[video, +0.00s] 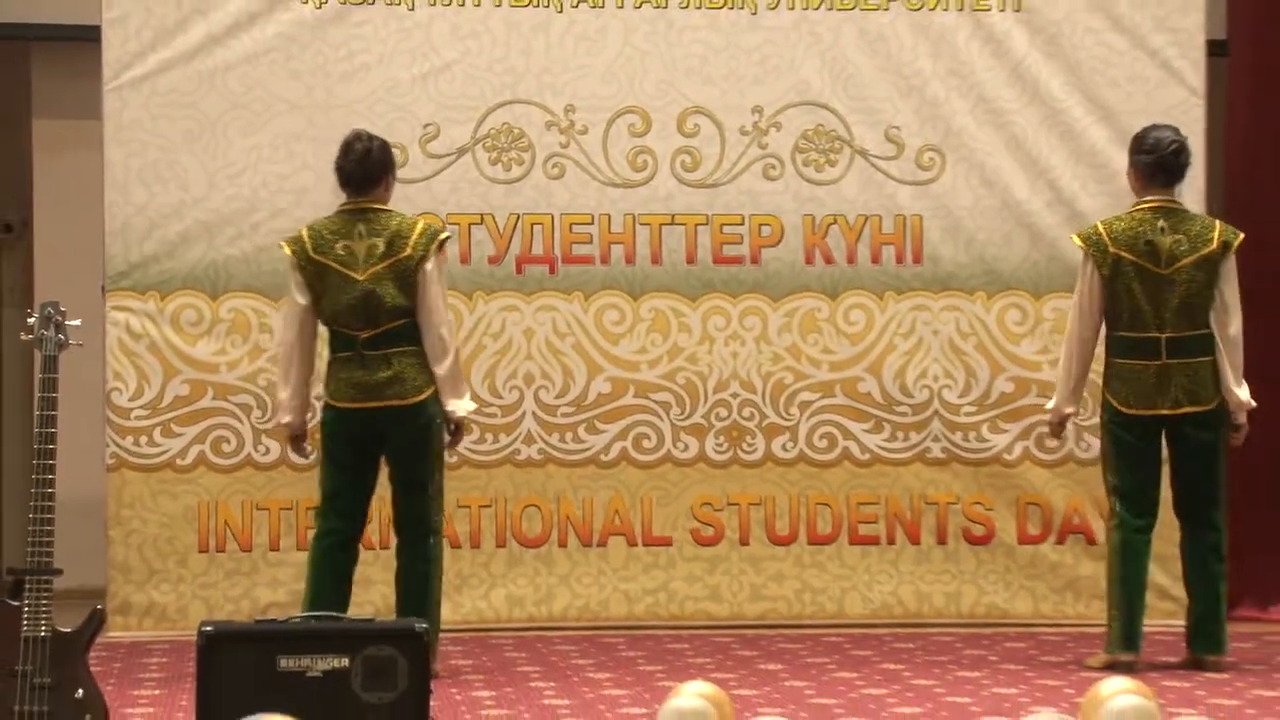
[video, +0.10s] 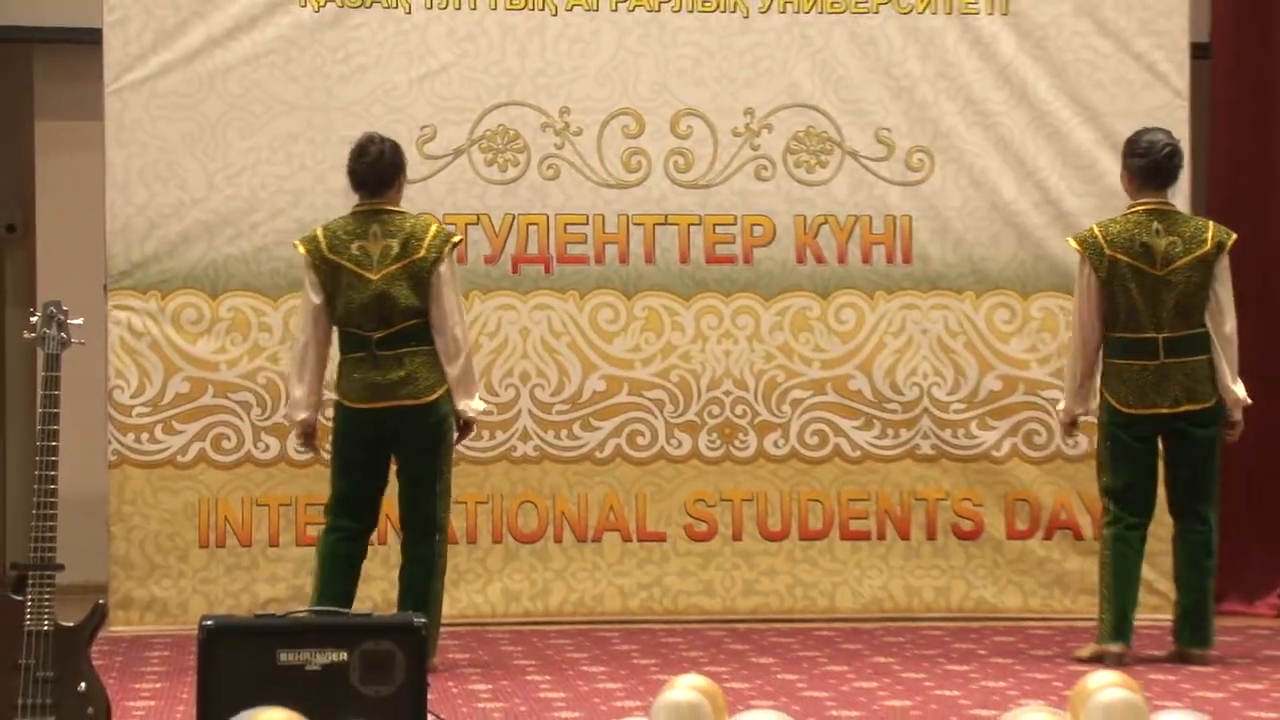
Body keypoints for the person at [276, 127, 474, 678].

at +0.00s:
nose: (394, 182)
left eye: (382, 175)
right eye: (394, 175)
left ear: (340, 181)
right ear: (390, 180)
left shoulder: (310, 243)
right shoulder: (418, 236)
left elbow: (300, 336)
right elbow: (435, 329)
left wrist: (296, 410)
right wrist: (455, 403)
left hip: (345, 410)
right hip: (412, 408)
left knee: (336, 528)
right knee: (419, 532)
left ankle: (317, 648)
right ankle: (416, 652)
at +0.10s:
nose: (402, 185)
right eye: (403, 178)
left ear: (351, 182)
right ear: (401, 181)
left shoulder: (324, 244)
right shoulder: (428, 238)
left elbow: (313, 336)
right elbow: (449, 330)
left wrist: (307, 408)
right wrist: (465, 400)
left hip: (358, 411)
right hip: (424, 409)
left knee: (346, 524)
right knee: (423, 532)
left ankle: (322, 643)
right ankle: (415, 653)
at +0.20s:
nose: (407, 184)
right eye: (409, 177)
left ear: (358, 181)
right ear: (409, 180)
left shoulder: (330, 243)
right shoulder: (437, 238)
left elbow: (322, 332)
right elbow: (454, 326)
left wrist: (318, 404)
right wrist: (467, 397)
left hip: (362, 408)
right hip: (427, 406)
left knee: (352, 519)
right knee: (424, 526)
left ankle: (334, 635)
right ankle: (416, 644)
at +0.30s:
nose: (408, 184)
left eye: (383, 175)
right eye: (415, 176)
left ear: (368, 180)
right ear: (419, 180)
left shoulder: (340, 242)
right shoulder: (445, 240)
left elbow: (330, 328)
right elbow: (459, 325)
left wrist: (327, 399)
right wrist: (469, 394)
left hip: (367, 407)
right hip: (431, 406)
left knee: (362, 511)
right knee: (425, 519)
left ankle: (366, 624)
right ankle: (416, 633)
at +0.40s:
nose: (402, 184)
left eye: (384, 175)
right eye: (415, 175)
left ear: (372, 179)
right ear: (422, 180)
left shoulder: (345, 240)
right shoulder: (450, 240)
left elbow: (335, 328)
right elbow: (460, 326)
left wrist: (332, 400)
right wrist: (467, 394)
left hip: (368, 404)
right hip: (432, 404)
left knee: (361, 507)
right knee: (425, 516)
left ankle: (373, 619)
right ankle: (417, 627)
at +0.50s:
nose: (392, 185)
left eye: (381, 177)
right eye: (415, 176)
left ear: (376, 180)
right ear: (425, 181)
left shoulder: (352, 239)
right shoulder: (455, 242)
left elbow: (338, 323)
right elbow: (460, 326)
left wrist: (330, 393)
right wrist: (462, 392)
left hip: (367, 398)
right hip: (432, 401)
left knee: (344, 500)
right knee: (424, 515)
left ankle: (351, 616)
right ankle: (417, 625)